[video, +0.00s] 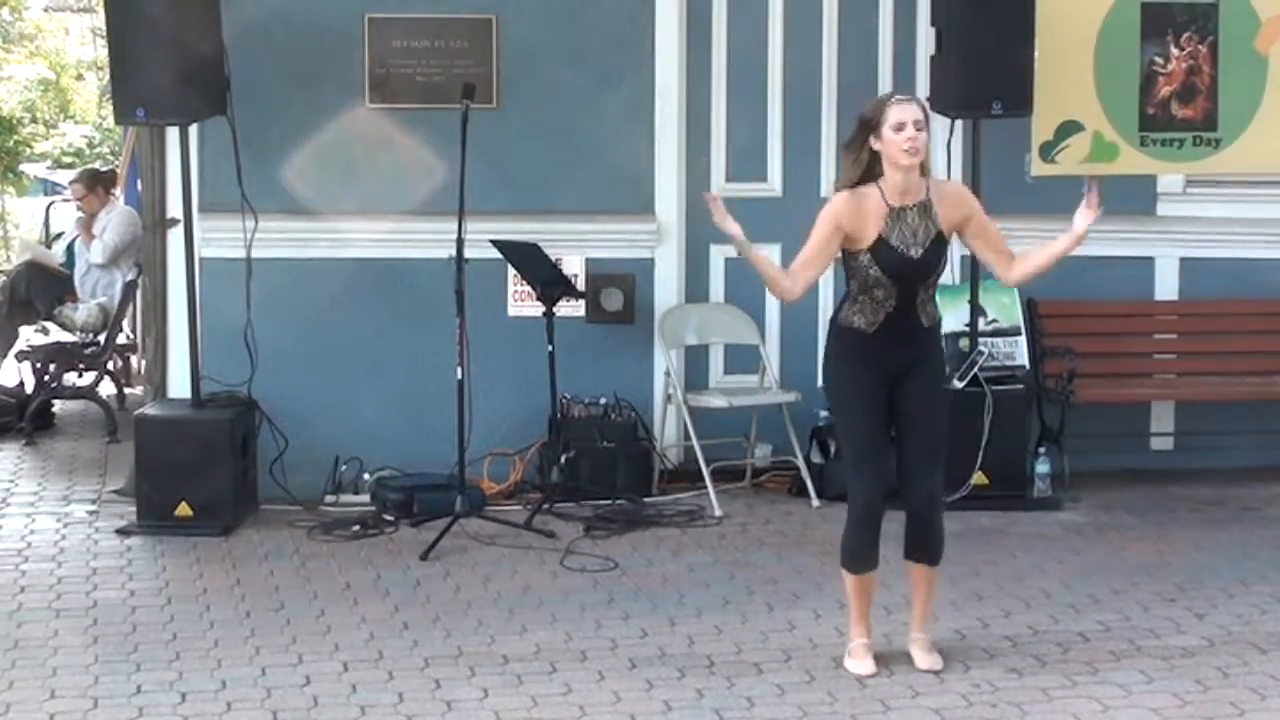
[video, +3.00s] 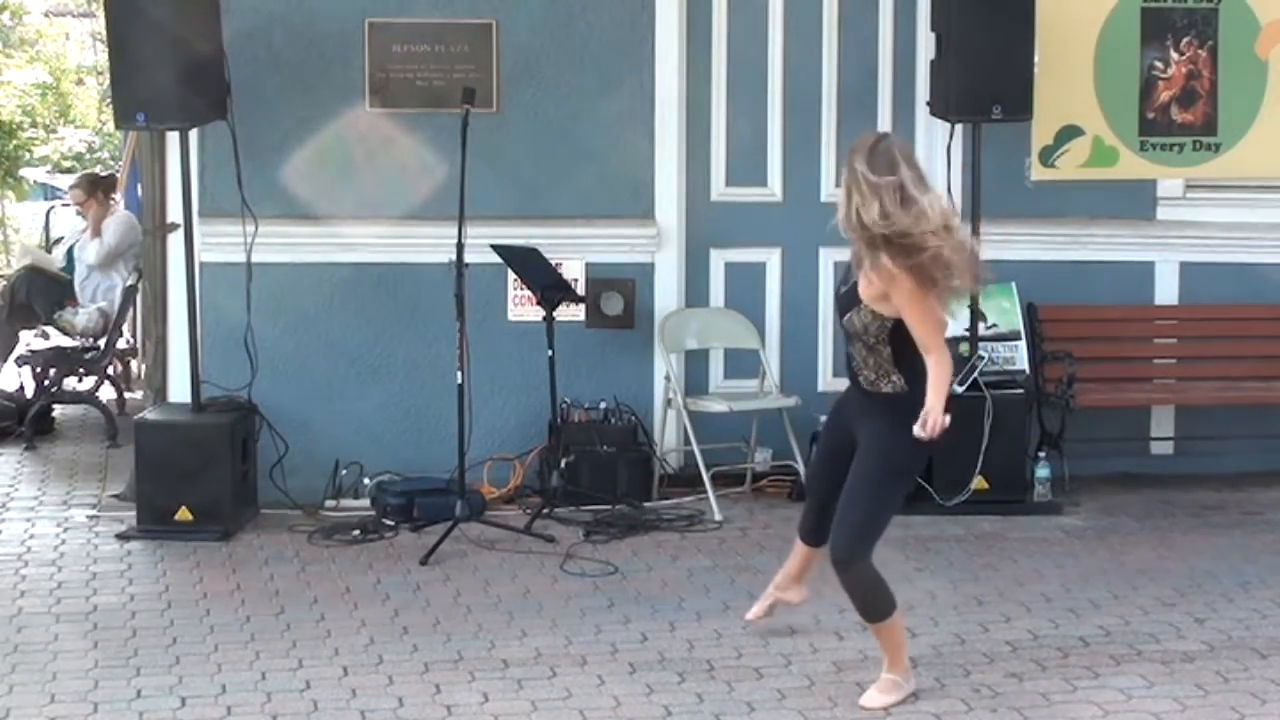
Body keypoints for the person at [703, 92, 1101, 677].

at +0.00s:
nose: (913, 136)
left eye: (920, 127)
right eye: (901, 128)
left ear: (930, 137)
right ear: (876, 140)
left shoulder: (953, 199)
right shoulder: (849, 206)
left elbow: (1012, 269)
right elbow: (791, 287)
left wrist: (1072, 236)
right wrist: (743, 242)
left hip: (920, 357)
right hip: (854, 358)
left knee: (926, 492)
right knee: (869, 490)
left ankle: (920, 633)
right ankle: (859, 637)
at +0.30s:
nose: (915, 193)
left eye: (924, 183)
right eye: (904, 183)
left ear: (936, 185)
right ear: (882, 185)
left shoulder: (953, 233)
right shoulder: (851, 239)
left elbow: (987, 308)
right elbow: (804, 321)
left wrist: (1041, 318)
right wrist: (781, 316)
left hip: (914, 370)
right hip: (849, 371)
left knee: (926, 498)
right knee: (869, 497)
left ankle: (918, 635)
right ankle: (859, 639)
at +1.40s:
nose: (838, 153)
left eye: (844, 144)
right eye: (839, 144)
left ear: (870, 145)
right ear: (863, 145)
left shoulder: (934, 201)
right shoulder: (864, 199)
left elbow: (995, 243)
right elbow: (869, 264)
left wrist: (977, 326)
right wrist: (827, 297)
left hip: (919, 361)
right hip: (860, 353)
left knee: (909, 497)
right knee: (815, 475)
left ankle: (913, 636)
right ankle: (812, 580)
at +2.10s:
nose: (828, 149)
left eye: (836, 140)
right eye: (817, 138)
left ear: (845, 152)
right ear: (794, 149)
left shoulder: (853, 216)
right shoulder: (795, 217)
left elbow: (917, 245)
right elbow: (813, 303)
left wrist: (967, 234)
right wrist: (792, 359)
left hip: (861, 367)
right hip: (812, 371)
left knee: (858, 490)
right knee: (787, 496)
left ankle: (884, 652)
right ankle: (835, 603)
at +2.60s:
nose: (835, 168)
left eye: (846, 159)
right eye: (838, 158)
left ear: (880, 169)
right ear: (871, 171)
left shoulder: (910, 243)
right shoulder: (855, 241)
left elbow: (970, 322)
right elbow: (869, 331)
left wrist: (982, 272)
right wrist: (843, 386)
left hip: (902, 408)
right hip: (855, 397)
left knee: (852, 541)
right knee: (817, 489)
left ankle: (898, 670)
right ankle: (801, 584)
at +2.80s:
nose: (848, 183)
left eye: (850, 174)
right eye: (851, 175)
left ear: (864, 183)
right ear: (893, 181)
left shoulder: (906, 254)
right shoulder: (875, 238)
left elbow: (959, 355)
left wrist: (955, 336)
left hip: (904, 413)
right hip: (860, 395)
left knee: (851, 548)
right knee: (818, 488)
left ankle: (898, 669)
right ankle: (789, 582)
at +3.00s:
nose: (846, 196)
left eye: (851, 187)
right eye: (848, 186)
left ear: (866, 193)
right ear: (900, 186)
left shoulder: (902, 269)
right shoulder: (872, 250)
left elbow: (938, 353)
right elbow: (889, 327)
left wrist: (933, 406)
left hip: (899, 416)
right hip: (859, 398)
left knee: (848, 552)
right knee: (821, 488)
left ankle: (899, 670)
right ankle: (790, 581)